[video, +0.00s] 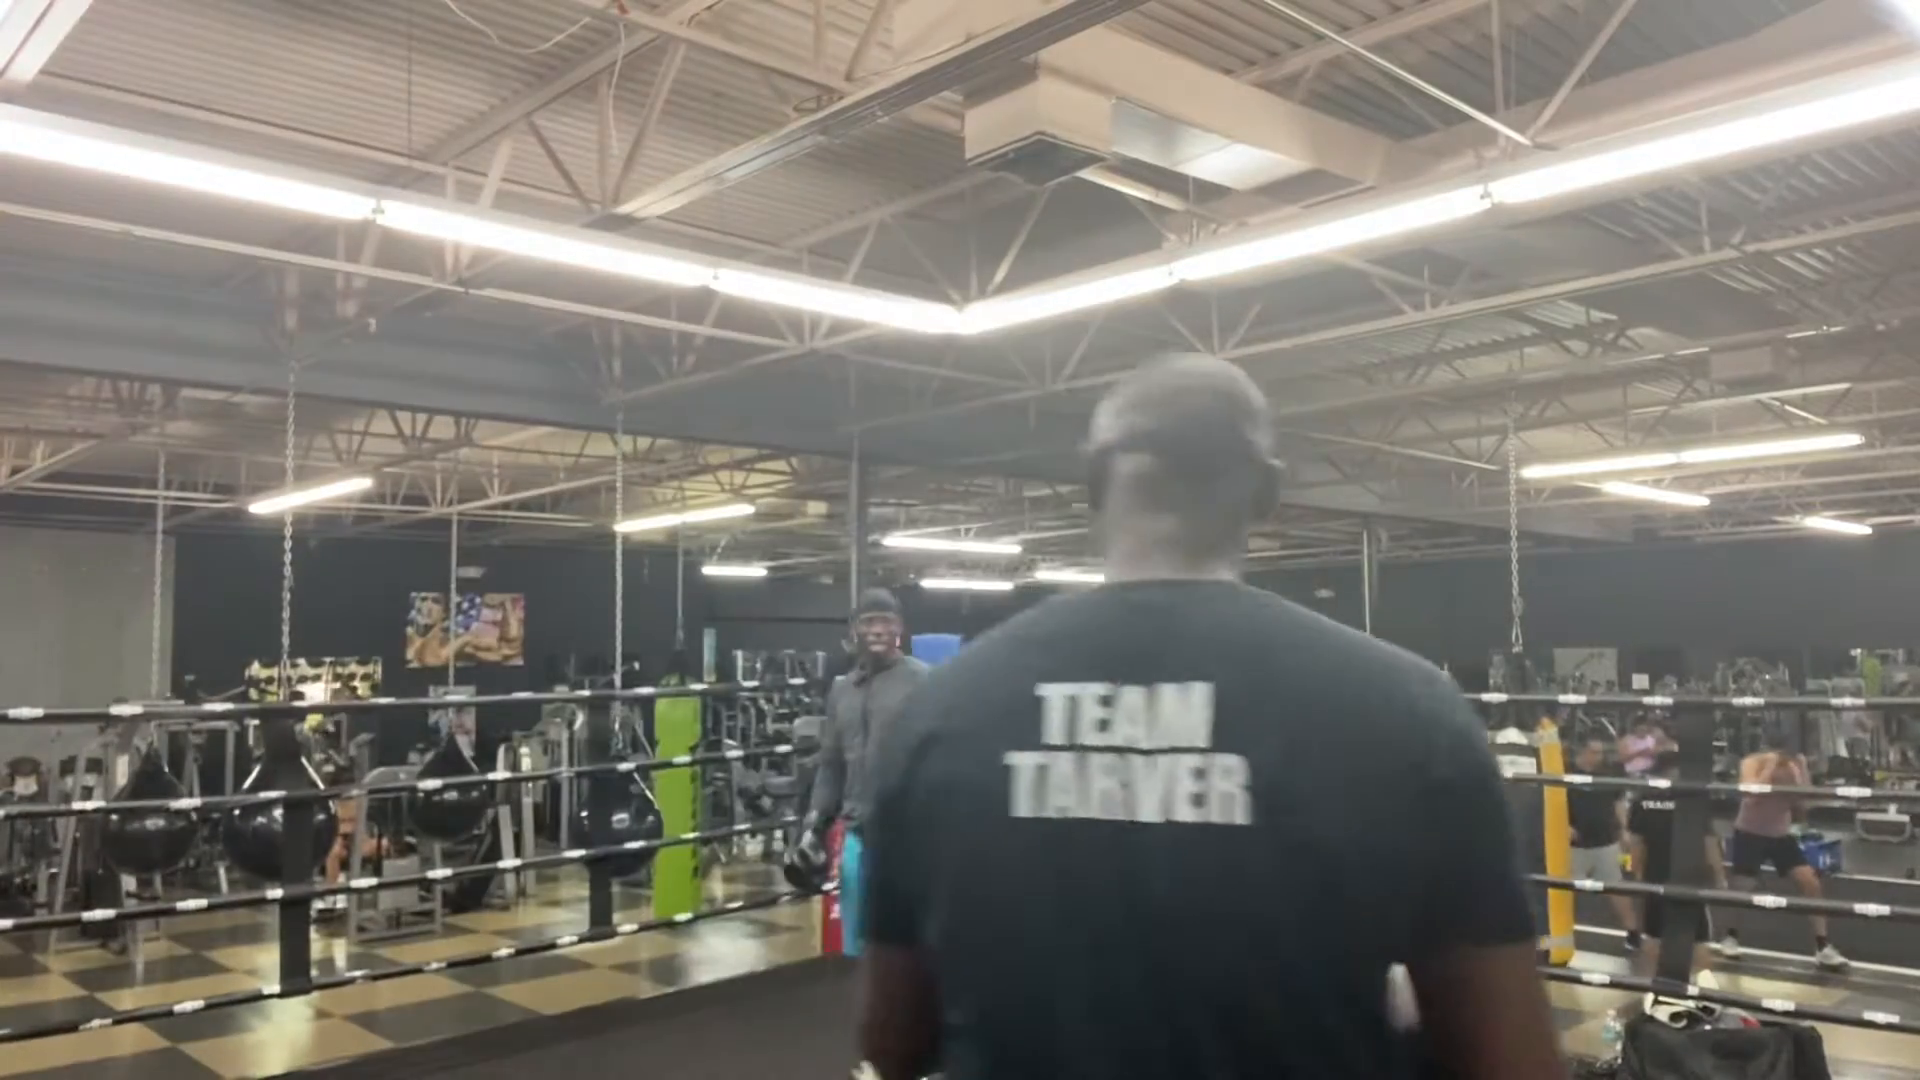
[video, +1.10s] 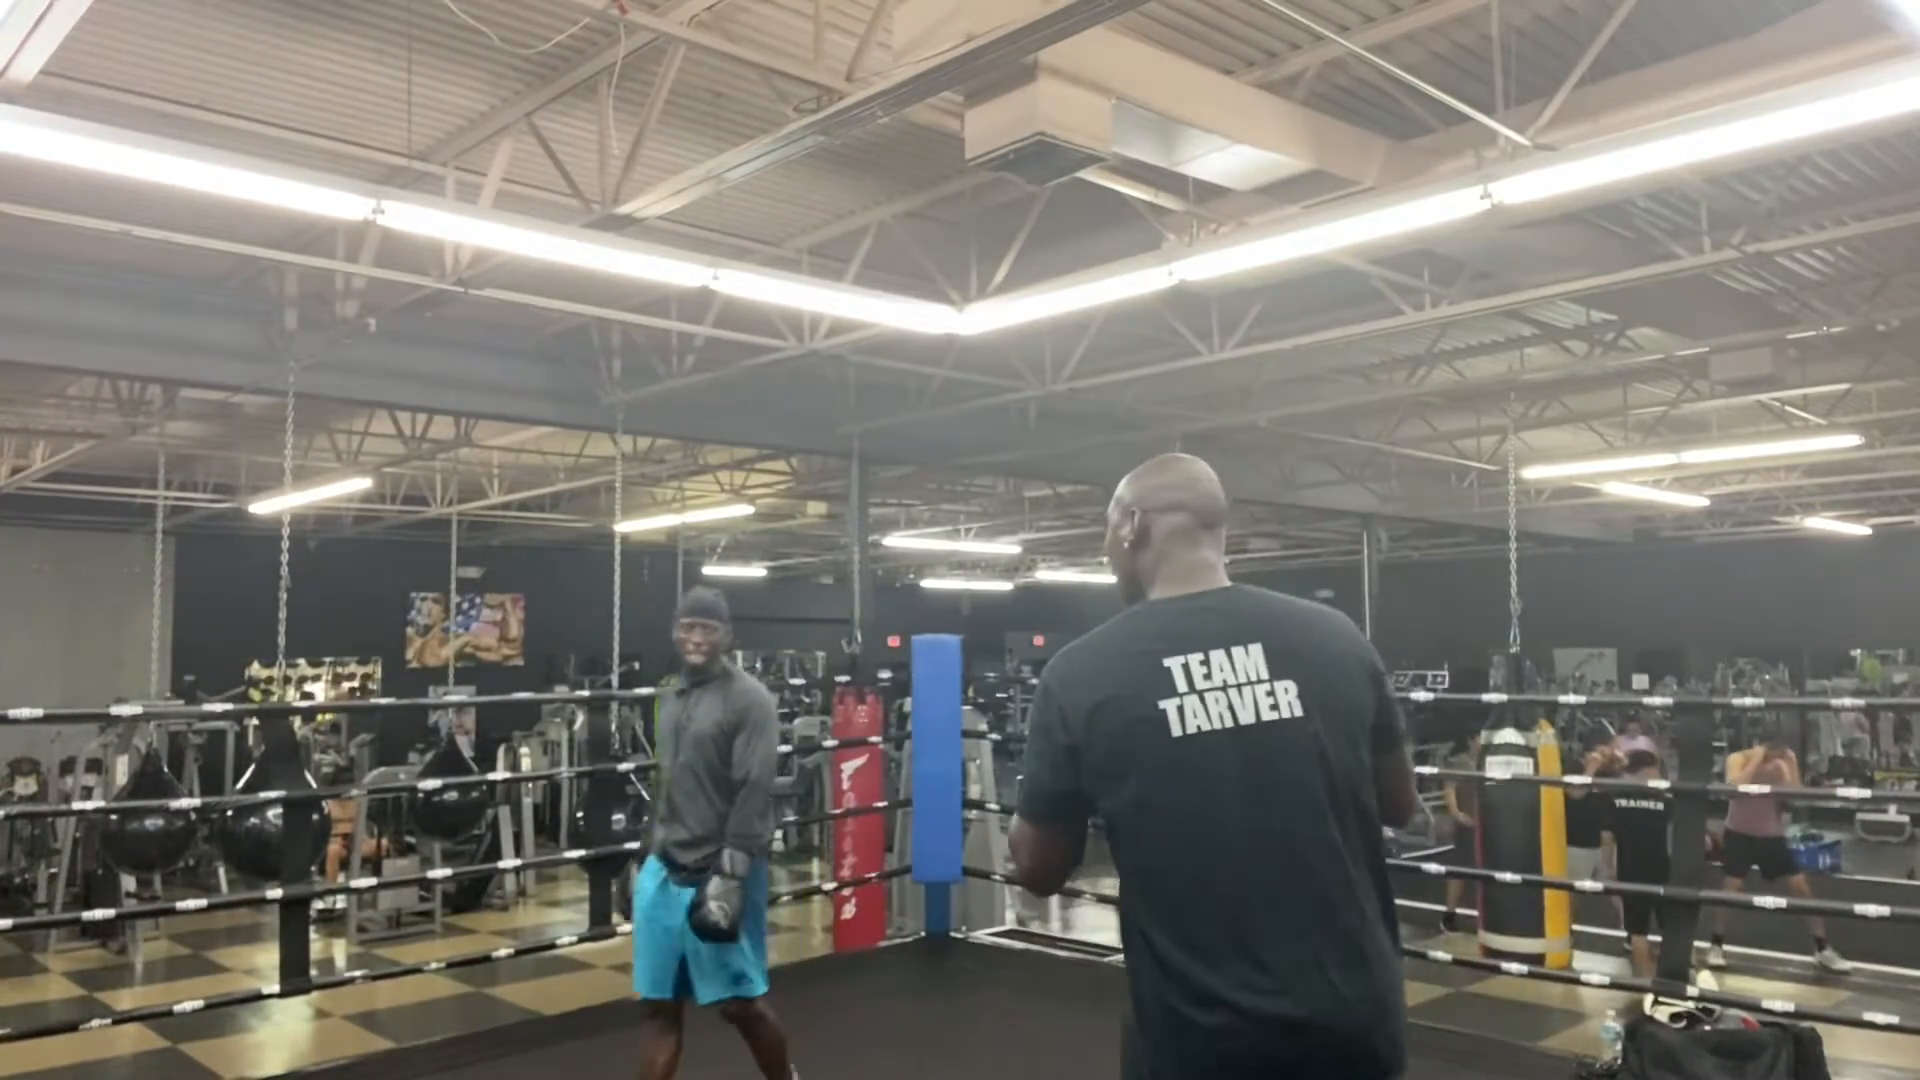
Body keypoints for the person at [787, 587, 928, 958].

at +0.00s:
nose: (877, 631)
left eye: (885, 622)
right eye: (868, 622)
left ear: (900, 630)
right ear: (855, 631)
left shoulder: (921, 680)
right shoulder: (842, 690)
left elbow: (938, 752)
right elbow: (832, 763)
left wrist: (932, 816)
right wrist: (814, 827)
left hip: (910, 827)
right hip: (858, 829)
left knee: (909, 940)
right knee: (857, 944)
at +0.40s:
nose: (835, 633)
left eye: (846, 625)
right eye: (828, 623)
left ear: (861, 633)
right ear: (813, 628)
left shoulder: (878, 692)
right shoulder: (800, 689)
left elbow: (896, 776)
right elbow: (790, 769)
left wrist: (898, 856)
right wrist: (775, 839)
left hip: (850, 843)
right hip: (803, 844)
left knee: (836, 971)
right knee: (840, 965)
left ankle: (812, 1074)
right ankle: (900, 1063)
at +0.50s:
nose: (822, 634)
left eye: (833, 627)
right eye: (814, 624)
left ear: (847, 636)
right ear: (799, 628)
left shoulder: (862, 695)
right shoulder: (788, 685)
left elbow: (879, 780)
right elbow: (775, 764)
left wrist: (870, 859)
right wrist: (758, 833)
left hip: (831, 848)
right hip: (783, 847)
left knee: (825, 980)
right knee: (797, 977)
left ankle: (813, 1074)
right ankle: (881, 1050)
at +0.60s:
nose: (800, 637)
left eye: (811, 629)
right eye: (792, 627)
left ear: (828, 637)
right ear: (779, 631)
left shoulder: (843, 698)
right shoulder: (770, 687)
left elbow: (847, 790)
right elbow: (758, 768)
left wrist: (813, 866)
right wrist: (734, 832)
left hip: (813, 855)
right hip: (759, 854)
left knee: (819, 985)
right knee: (749, 979)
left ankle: (814, 1073)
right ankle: (833, 1044)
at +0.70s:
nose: (783, 634)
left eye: (794, 627)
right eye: (775, 624)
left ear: (810, 633)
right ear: (761, 627)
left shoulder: (827, 693)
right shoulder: (757, 687)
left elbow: (825, 787)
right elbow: (747, 771)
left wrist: (776, 854)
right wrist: (717, 835)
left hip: (805, 851)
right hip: (747, 846)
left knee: (810, 984)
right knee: (716, 972)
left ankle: (807, 1077)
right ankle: (771, 1065)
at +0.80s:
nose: (762, 635)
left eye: (773, 628)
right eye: (754, 625)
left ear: (790, 635)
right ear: (741, 629)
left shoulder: (810, 696)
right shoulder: (737, 691)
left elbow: (806, 794)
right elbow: (730, 777)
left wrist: (748, 853)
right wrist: (706, 836)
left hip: (790, 853)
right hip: (731, 848)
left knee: (803, 986)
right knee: (704, 981)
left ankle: (807, 1076)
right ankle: (697, 1075)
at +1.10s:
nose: (696, 638)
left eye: (708, 629)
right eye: (688, 629)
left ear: (728, 636)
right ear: (675, 634)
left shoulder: (750, 699)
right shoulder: (670, 697)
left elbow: (755, 793)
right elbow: (669, 786)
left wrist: (731, 876)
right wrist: (649, 859)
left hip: (723, 876)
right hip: (663, 873)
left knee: (740, 1003)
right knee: (660, 1008)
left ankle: (784, 1075)